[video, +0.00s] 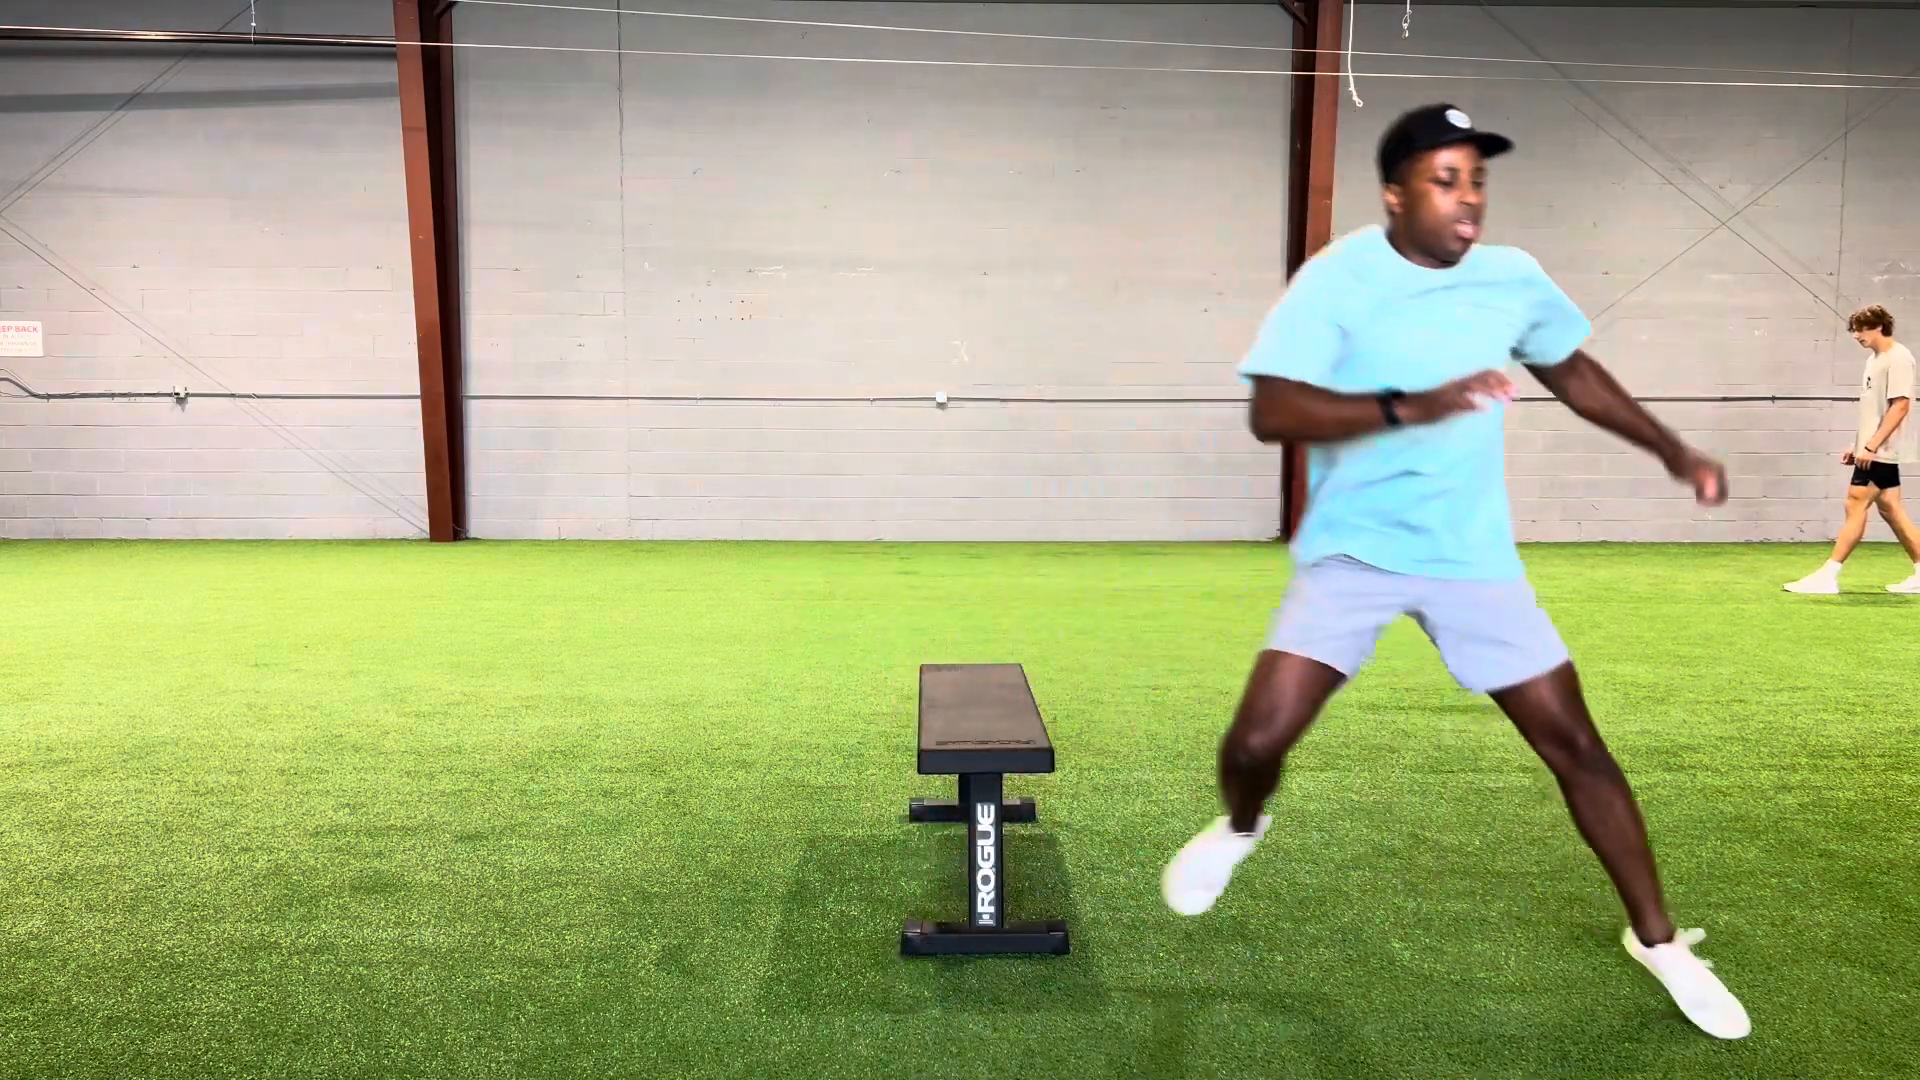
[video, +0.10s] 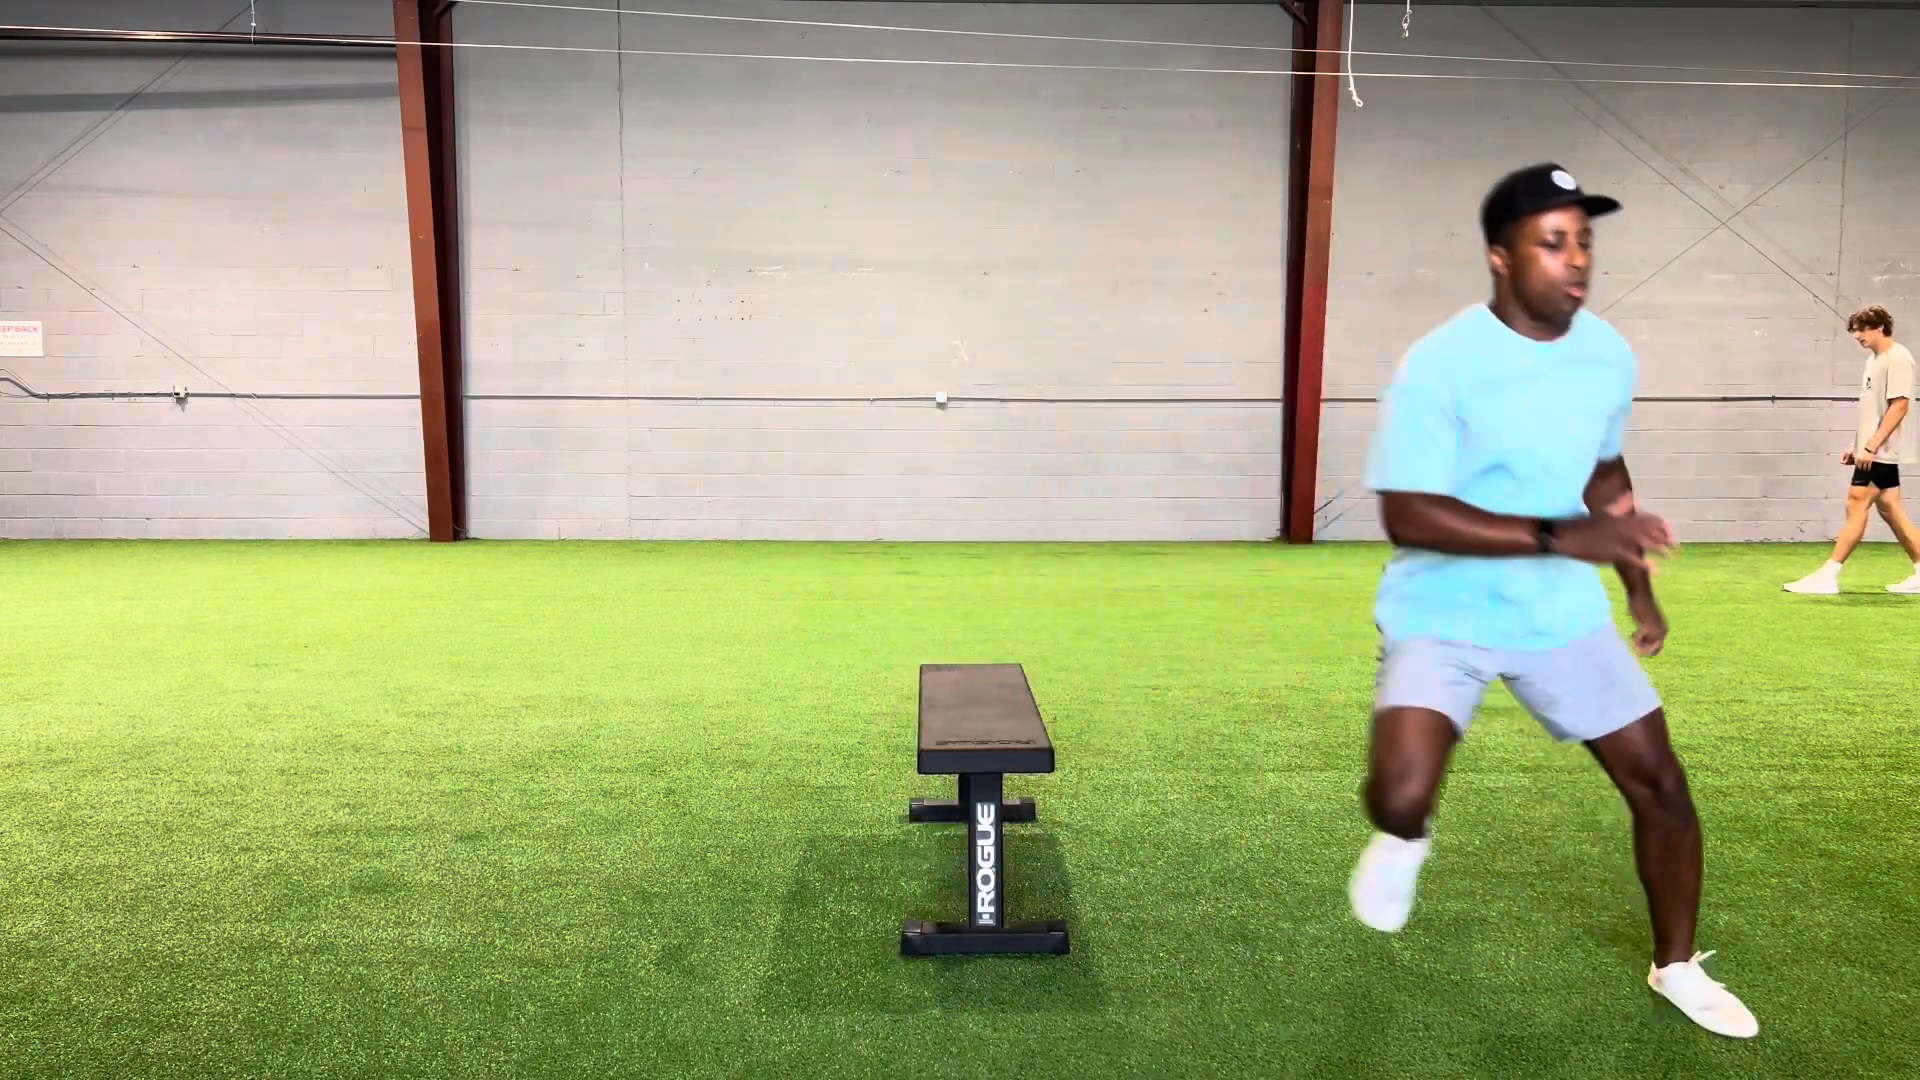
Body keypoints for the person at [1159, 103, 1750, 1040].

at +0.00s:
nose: (1469, 202)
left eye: (1477, 184)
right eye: (1446, 184)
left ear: (1485, 189)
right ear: (1394, 193)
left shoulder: (1513, 280)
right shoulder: (1335, 280)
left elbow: (1575, 373)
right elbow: (1272, 413)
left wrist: (1673, 452)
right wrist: (1407, 407)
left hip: (1476, 563)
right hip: (1348, 556)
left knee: (1577, 744)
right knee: (1254, 740)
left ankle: (1659, 939)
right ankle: (1238, 831)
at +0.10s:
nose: (1578, 259)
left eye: (1584, 242)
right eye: (1555, 243)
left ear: (1591, 251)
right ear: (1500, 259)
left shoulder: (1607, 358)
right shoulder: (1437, 364)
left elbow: (1607, 476)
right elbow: (1405, 517)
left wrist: (1635, 578)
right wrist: (1560, 534)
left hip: (1562, 602)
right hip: (1442, 604)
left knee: (1663, 787)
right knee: (1399, 798)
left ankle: (1676, 964)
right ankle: (1406, 835)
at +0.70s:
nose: (1581, 267)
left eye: (1599, 245)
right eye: (1562, 248)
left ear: (1635, 249)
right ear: (1540, 255)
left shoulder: (1692, 361)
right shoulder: (1485, 365)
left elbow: (1730, 489)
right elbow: (1412, 494)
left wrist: (1776, 599)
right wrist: (1458, 611)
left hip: (1614, 626)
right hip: (1481, 607)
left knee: (1696, 795)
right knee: (1402, 771)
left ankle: (1674, 964)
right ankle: (1342, 874)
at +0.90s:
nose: (1396, 228)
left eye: (1414, 208)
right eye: (1386, 210)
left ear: (1465, 207)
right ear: (1375, 215)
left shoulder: (1539, 311)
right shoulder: (1337, 326)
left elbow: (1587, 437)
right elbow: (1288, 438)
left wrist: (1577, 526)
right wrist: (1275, 533)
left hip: (1501, 583)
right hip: (1364, 573)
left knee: (1584, 757)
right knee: (1272, 745)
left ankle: (1669, 948)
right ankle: (1219, 934)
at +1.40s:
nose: (1172, 229)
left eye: (1190, 210)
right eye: (1162, 210)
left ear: (1239, 207)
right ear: (1152, 207)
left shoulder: (1304, 311)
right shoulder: (1126, 306)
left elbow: (1363, 439)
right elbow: (1099, 424)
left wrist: (1390, 574)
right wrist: (1059, 521)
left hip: (1247, 581)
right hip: (1136, 567)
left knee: (1247, 764)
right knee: (1062, 724)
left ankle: (1260, 939)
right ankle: (1124, 891)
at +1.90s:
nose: (1024, 381)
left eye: (1044, 362)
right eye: (1010, 359)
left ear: (1078, 346)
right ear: (991, 342)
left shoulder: (1126, 424)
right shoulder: (941, 411)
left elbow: (1159, 547)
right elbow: (896, 507)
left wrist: (1109, 649)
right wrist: (900, 603)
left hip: (1080, 619)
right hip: (971, 612)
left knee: (1097, 772)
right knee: (937, 759)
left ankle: (1078, 938)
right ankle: (934, 940)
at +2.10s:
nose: (1018, 450)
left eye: (1036, 432)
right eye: (1003, 429)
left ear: (1065, 419)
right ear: (983, 411)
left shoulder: (1106, 489)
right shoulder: (928, 476)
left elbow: (1159, 603)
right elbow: (870, 565)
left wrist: (1127, 680)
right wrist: (885, 651)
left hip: (1060, 660)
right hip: (952, 656)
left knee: (1089, 779)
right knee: (928, 771)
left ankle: (1075, 941)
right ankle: (936, 943)